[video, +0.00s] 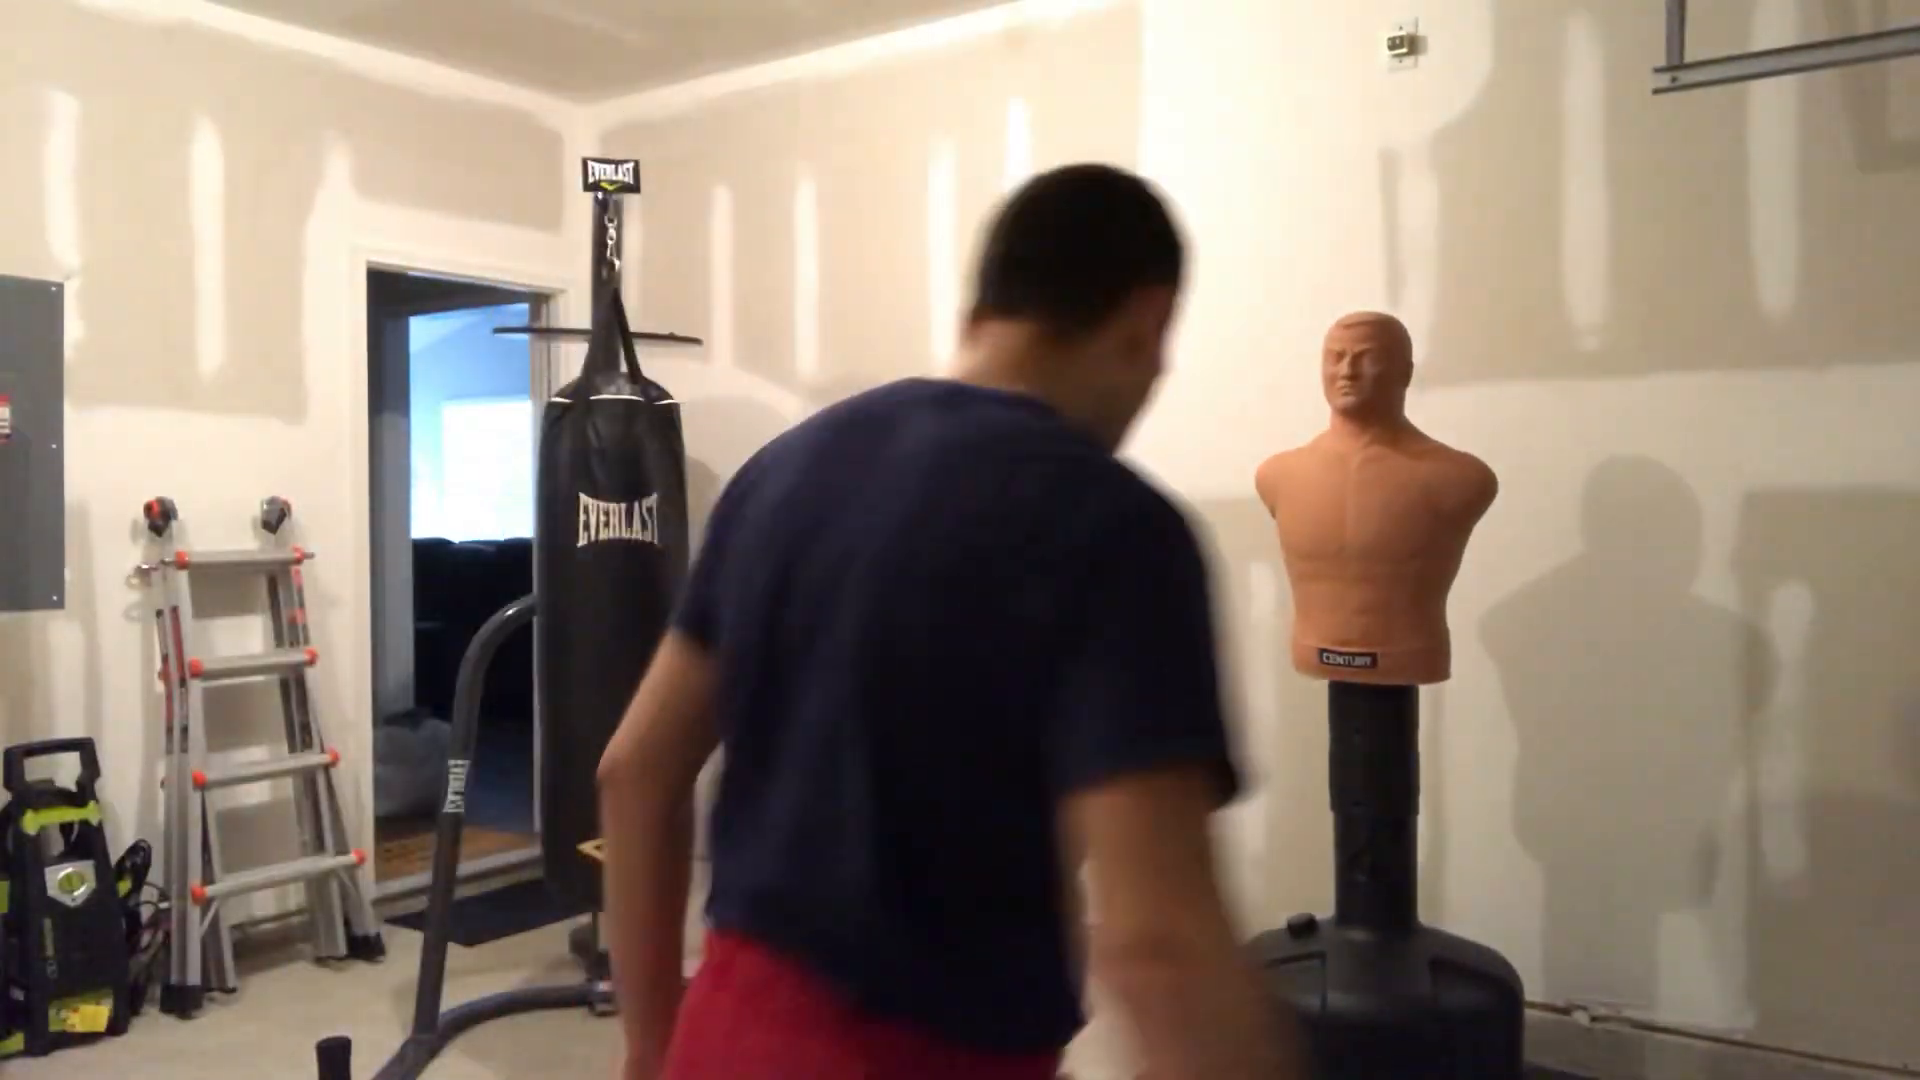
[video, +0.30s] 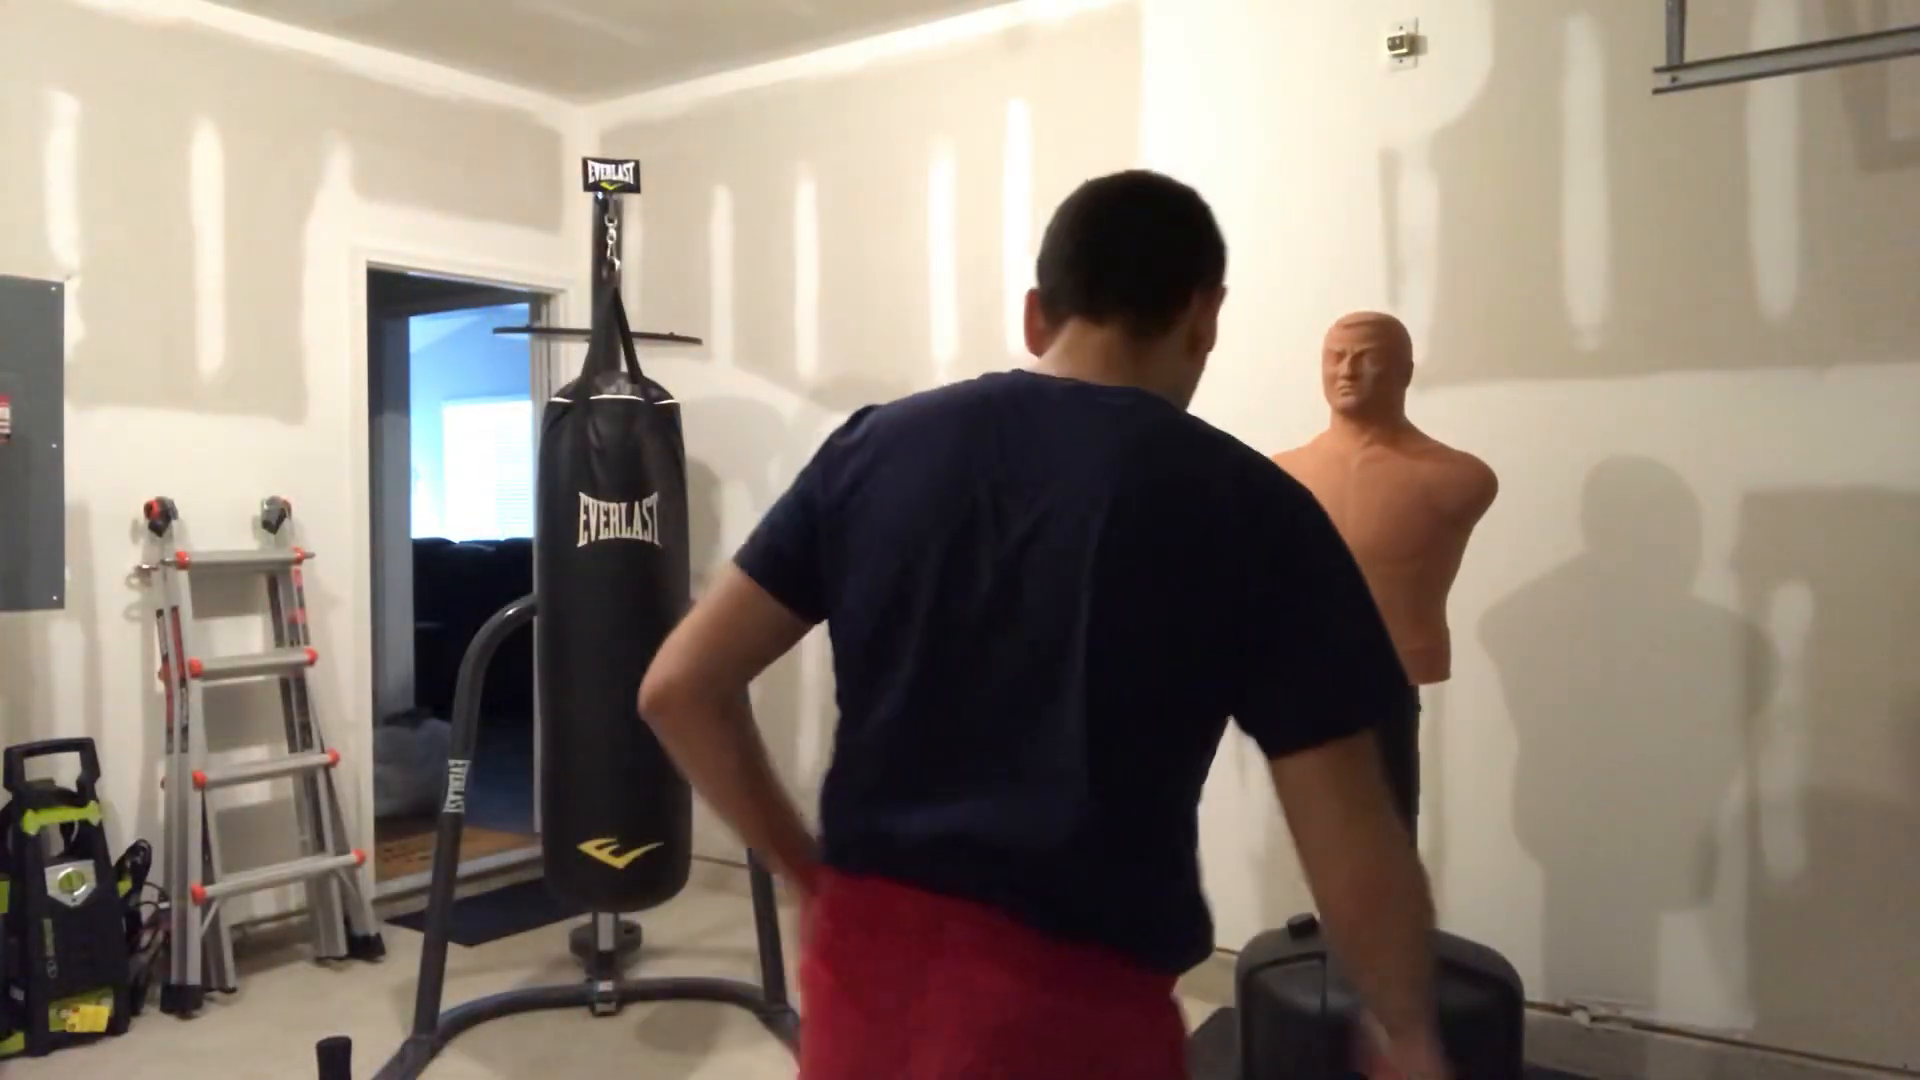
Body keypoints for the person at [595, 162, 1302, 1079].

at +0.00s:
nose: (1158, 371)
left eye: (1164, 345)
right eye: (1165, 339)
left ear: (983, 304)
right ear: (1146, 324)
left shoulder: (791, 468)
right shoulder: (1111, 526)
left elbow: (638, 770)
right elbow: (1155, 944)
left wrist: (650, 1043)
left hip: (736, 1015)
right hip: (958, 1041)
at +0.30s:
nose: (1207, 354)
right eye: (1215, 328)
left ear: (1032, 317)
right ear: (1205, 319)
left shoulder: (883, 443)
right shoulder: (1248, 505)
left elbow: (680, 687)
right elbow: (1353, 845)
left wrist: (802, 863)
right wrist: (1406, 1032)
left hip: (860, 957)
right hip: (1083, 988)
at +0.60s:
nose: (1110, 383)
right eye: (1114, 364)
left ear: (965, 364)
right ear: (1108, 361)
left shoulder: (853, 495)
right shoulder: (1173, 508)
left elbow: (711, 726)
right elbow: (1267, 794)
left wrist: (826, 850)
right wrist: (1238, 1011)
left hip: (902, 951)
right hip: (1097, 960)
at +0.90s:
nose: (1053, 383)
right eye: (1054, 363)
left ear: (924, 369)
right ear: (1040, 352)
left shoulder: (830, 481)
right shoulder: (1070, 460)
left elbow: (702, 679)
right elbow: (1110, 655)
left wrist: (834, 785)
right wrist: (1140, 834)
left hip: (879, 870)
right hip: (1030, 876)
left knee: (885, 1062)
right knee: (1091, 1060)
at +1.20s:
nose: (1129, 399)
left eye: (1132, 380)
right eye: (1131, 377)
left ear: (1018, 365)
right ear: (1112, 369)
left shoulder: (913, 477)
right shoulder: (1110, 482)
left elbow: (778, 643)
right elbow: (1091, 650)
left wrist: (888, 743)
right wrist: (1143, 791)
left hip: (911, 855)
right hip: (1042, 872)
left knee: (927, 1070)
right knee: (1101, 1068)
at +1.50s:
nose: (1204, 411)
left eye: (1212, 392)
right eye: (1209, 389)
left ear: (1097, 363)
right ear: (1186, 378)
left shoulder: (979, 461)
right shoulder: (1175, 488)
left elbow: (837, 602)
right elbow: (1157, 666)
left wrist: (935, 710)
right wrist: (1189, 789)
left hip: (966, 801)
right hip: (1082, 839)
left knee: (962, 935)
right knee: (1100, 1063)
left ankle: (921, 1073)